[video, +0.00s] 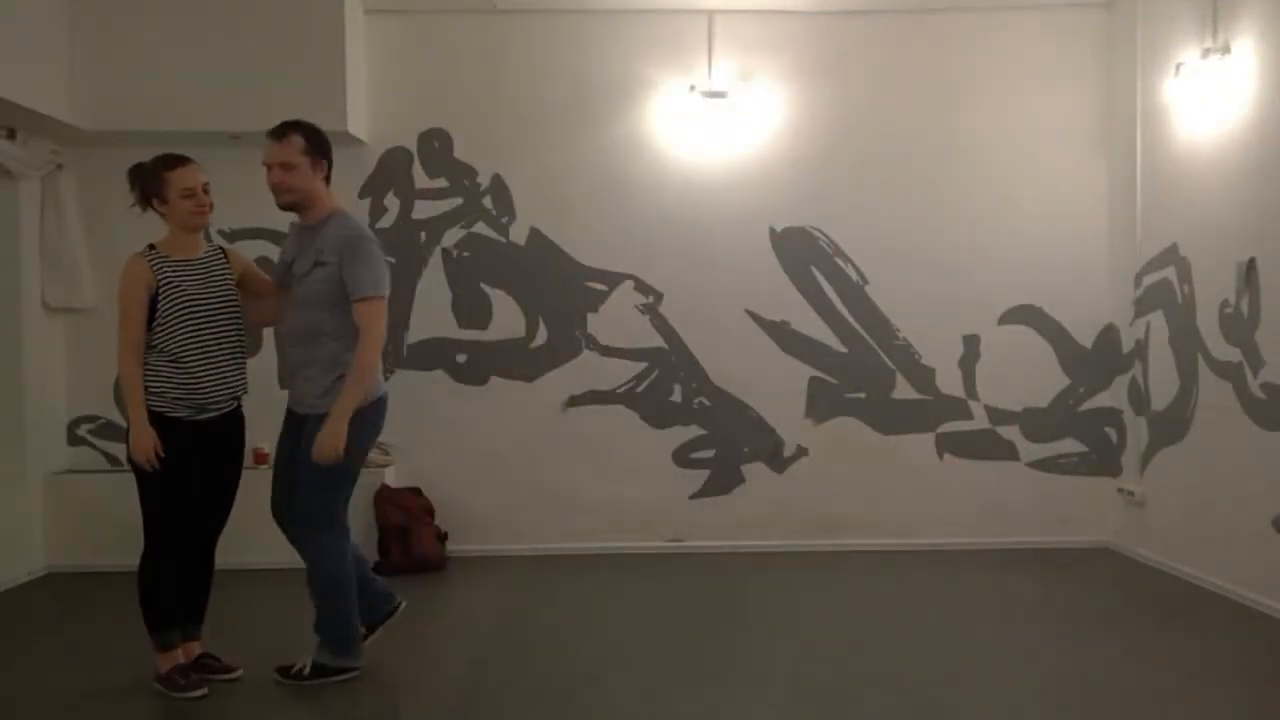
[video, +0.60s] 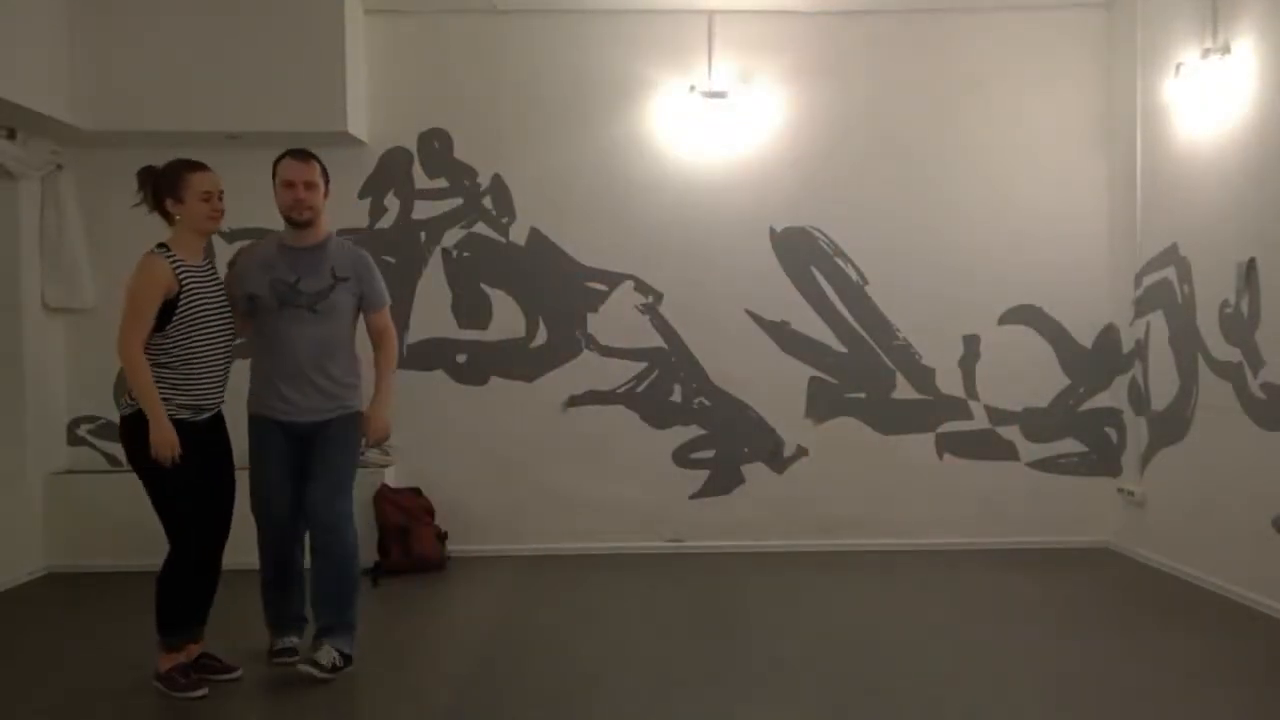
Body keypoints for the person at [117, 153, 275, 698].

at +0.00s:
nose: (203, 201)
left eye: (206, 191)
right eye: (188, 195)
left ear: (211, 196)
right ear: (159, 205)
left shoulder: (227, 260)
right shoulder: (143, 268)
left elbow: (282, 303)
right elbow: (130, 354)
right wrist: (138, 423)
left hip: (223, 423)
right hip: (166, 427)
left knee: (204, 538)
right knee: (166, 540)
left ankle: (192, 648)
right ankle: (167, 659)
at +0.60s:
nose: (218, 206)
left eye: (220, 197)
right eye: (206, 197)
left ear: (219, 204)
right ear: (173, 206)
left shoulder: (206, 266)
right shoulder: (158, 267)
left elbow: (212, 333)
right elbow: (129, 349)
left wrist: (262, 318)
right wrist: (159, 420)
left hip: (205, 419)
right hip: (161, 424)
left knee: (212, 535)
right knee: (188, 539)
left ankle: (190, 649)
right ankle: (169, 659)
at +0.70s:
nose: (219, 210)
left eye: (220, 201)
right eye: (207, 201)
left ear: (216, 208)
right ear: (172, 207)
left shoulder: (199, 271)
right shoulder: (157, 267)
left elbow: (202, 340)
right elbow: (129, 346)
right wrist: (174, 410)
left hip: (196, 420)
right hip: (152, 423)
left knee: (208, 532)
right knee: (187, 535)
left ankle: (190, 649)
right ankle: (171, 657)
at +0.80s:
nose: (214, 208)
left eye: (215, 198)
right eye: (204, 198)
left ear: (206, 203)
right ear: (168, 200)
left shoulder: (195, 263)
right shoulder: (150, 260)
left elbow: (204, 327)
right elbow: (121, 337)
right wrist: (190, 383)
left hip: (189, 418)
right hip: (144, 419)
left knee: (198, 533)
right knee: (175, 533)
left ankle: (187, 649)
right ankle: (138, 641)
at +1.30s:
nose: (238, 216)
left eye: (240, 207)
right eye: (230, 206)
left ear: (214, 211)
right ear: (194, 207)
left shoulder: (206, 268)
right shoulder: (170, 268)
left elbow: (214, 330)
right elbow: (155, 353)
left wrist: (243, 276)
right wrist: (186, 423)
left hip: (209, 425)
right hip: (165, 428)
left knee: (214, 542)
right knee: (201, 541)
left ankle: (176, 654)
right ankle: (133, 624)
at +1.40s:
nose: (251, 212)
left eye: (253, 203)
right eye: (243, 202)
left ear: (223, 207)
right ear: (208, 201)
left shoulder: (220, 265)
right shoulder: (182, 263)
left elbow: (224, 330)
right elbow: (156, 347)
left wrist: (254, 279)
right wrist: (142, 431)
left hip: (214, 423)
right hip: (184, 423)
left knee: (204, 534)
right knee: (240, 526)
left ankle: (179, 649)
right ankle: (184, 640)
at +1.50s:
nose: (266, 210)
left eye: (267, 201)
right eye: (257, 200)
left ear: (234, 204)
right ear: (222, 199)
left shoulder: (235, 263)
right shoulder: (195, 262)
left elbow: (237, 316)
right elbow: (153, 338)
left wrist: (271, 270)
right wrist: (127, 415)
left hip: (222, 421)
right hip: (194, 422)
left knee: (196, 540)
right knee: (258, 528)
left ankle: (174, 654)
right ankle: (245, 658)